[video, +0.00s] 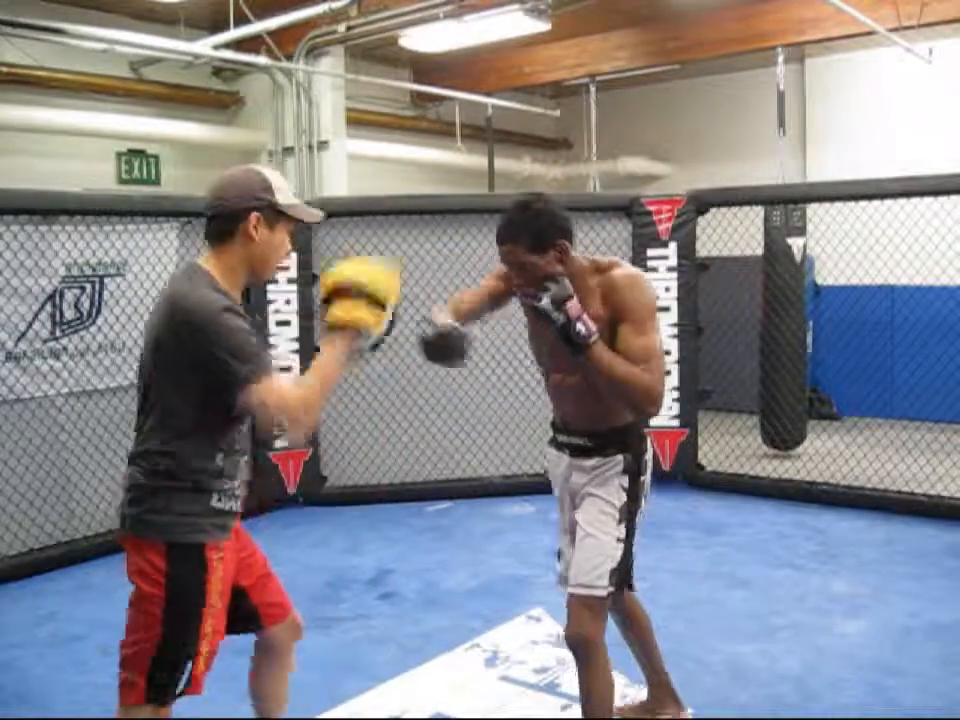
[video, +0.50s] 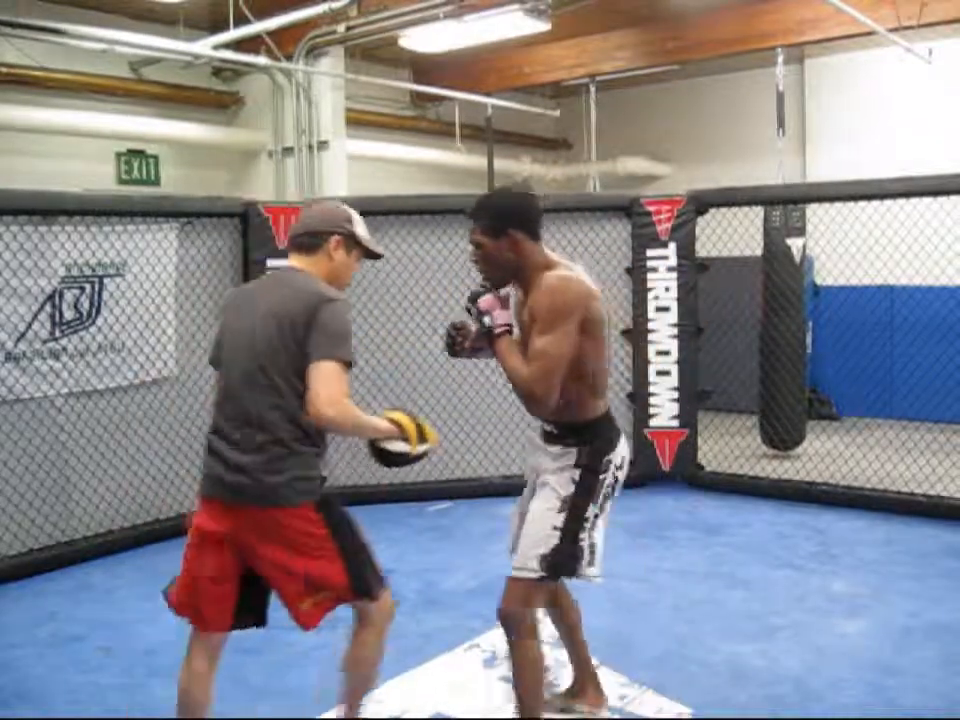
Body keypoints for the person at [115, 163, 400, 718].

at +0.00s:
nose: (291, 246)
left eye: (292, 233)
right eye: (286, 230)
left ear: (248, 228)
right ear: (252, 228)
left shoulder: (215, 299)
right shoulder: (203, 311)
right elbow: (294, 415)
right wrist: (342, 336)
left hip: (210, 520)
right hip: (176, 527)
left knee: (280, 631)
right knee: (149, 699)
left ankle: (271, 714)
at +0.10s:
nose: (286, 267)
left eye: (289, 254)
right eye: (283, 252)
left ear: (246, 246)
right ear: (252, 245)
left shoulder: (215, 316)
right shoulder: (204, 326)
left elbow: (130, 425)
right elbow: (221, 454)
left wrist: (126, 502)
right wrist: (302, 400)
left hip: (213, 535)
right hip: (186, 541)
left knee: (270, 638)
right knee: (141, 703)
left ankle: (232, 714)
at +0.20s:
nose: (294, 272)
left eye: (296, 259)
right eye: (290, 256)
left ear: (250, 251)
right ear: (262, 250)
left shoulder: (199, 310)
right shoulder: (231, 323)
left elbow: (130, 412)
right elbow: (209, 443)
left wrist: (110, 500)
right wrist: (297, 427)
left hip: (196, 529)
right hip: (207, 538)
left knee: (257, 637)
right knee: (168, 699)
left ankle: (227, 713)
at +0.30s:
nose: (312, 263)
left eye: (315, 249)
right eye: (310, 247)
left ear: (268, 239)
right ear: (284, 238)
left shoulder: (205, 297)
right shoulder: (264, 303)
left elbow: (152, 399)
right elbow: (232, 405)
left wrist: (154, 483)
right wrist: (319, 429)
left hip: (187, 509)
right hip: (228, 516)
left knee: (222, 664)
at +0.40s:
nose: (335, 260)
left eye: (338, 249)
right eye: (334, 247)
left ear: (276, 236)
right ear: (310, 236)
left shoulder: (223, 289)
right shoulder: (293, 294)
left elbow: (187, 399)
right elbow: (277, 395)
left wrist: (290, 421)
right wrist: (350, 425)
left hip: (196, 499)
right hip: (258, 502)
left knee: (209, 643)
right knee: (331, 633)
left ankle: (196, 716)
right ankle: (275, 711)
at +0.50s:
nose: (356, 271)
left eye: (360, 259)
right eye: (356, 256)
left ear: (303, 245)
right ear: (333, 246)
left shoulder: (239, 298)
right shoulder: (324, 304)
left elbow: (228, 395)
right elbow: (326, 408)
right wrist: (384, 428)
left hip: (220, 492)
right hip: (288, 496)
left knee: (204, 641)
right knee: (375, 606)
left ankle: (188, 715)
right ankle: (351, 711)